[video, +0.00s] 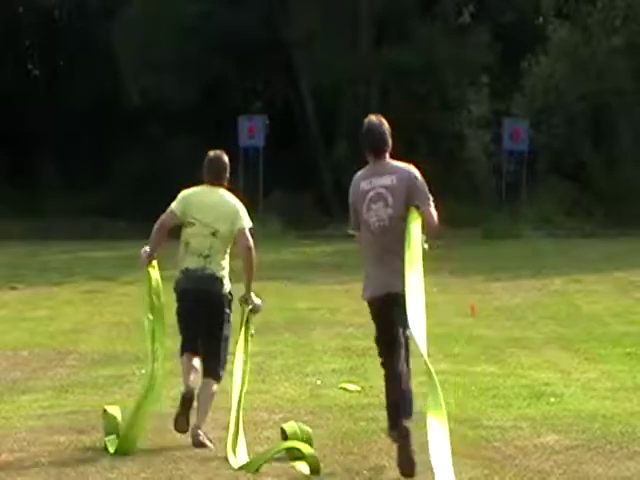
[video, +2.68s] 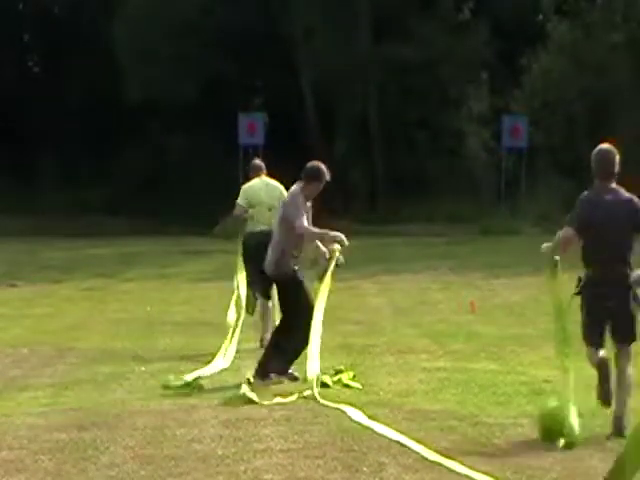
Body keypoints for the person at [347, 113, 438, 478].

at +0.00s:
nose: (380, 148)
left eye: (372, 143)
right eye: (385, 140)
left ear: (364, 146)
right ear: (390, 142)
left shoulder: (357, 181)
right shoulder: (409, 174)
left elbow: (356, 229)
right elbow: (431, 221)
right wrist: (423, 236)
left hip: (376, 285)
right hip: (406, 281)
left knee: (389, 357)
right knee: (402, 343)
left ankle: (398, 424)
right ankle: (404, 413)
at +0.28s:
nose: (364, 147)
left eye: (356, 143)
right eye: (368, 142)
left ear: (347, 146)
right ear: (372, 145)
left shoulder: (341, 179)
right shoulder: (388, 179)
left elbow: (326, 219)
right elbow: (402, 220)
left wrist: (348, 225)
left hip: (357, 284)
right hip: (387, 283)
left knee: (353, 346)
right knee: (386, 349)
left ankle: (354, 410)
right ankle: (383, 413)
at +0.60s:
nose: (348, 149)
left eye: (340, 144)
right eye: (349, 144)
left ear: (325, 148)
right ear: (348, 147)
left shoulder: (317, 179)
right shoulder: (358, 180)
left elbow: (315, 221)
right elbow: (371, 220)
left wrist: (323, 244)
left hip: (326, 271)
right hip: (353, 271)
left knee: (331, 328)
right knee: (351, 330)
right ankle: (348, 389)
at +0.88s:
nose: (318, 152)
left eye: (310, 148)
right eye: (321, 145)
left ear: (304, 150)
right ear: (325, 147)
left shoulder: (300, 180)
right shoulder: (337, 176)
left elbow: (305, 217)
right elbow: (348, 217)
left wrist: (341, 198)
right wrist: (357, 194)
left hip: (314, 270)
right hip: (340, 269)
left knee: (314, 330)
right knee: (341, 328)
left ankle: (317, 396)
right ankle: (333, 389)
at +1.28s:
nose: (328, 158)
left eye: (323, 154)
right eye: (329, 154)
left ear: (308, 156)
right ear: (328, 156)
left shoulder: (300, 178)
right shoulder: (329, 185)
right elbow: (341, 222)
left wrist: (338, 202)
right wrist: (349, 203)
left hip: (296, 268)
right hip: (320, 268)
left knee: (302, 327)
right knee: (328, 333)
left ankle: (287, 365)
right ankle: (319, 391)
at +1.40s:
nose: (317, 149)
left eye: (311, 144)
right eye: (320, 144)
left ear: (303, 146)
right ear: (324, 146)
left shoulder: (292, 171)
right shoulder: (333, 176)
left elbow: (285, 207)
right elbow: (339, 213)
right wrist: (337, 234)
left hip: (298, 256)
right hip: (324, 256)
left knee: (298, 315)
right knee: (323, 316)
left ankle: (297, 369)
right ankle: (321, 371)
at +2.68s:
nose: (320, 190)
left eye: (321, 185)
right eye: (320, 185)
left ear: (307, 180)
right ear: (312, 183)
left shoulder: (304, 199)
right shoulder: (294, 199)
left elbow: (306, 231)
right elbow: (300, 228)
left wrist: (324, 249)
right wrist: (330, 234)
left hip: (287, 266)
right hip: (280, 267)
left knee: (297, 316)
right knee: (301, 315)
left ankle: (275, 365)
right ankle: (274, 366)